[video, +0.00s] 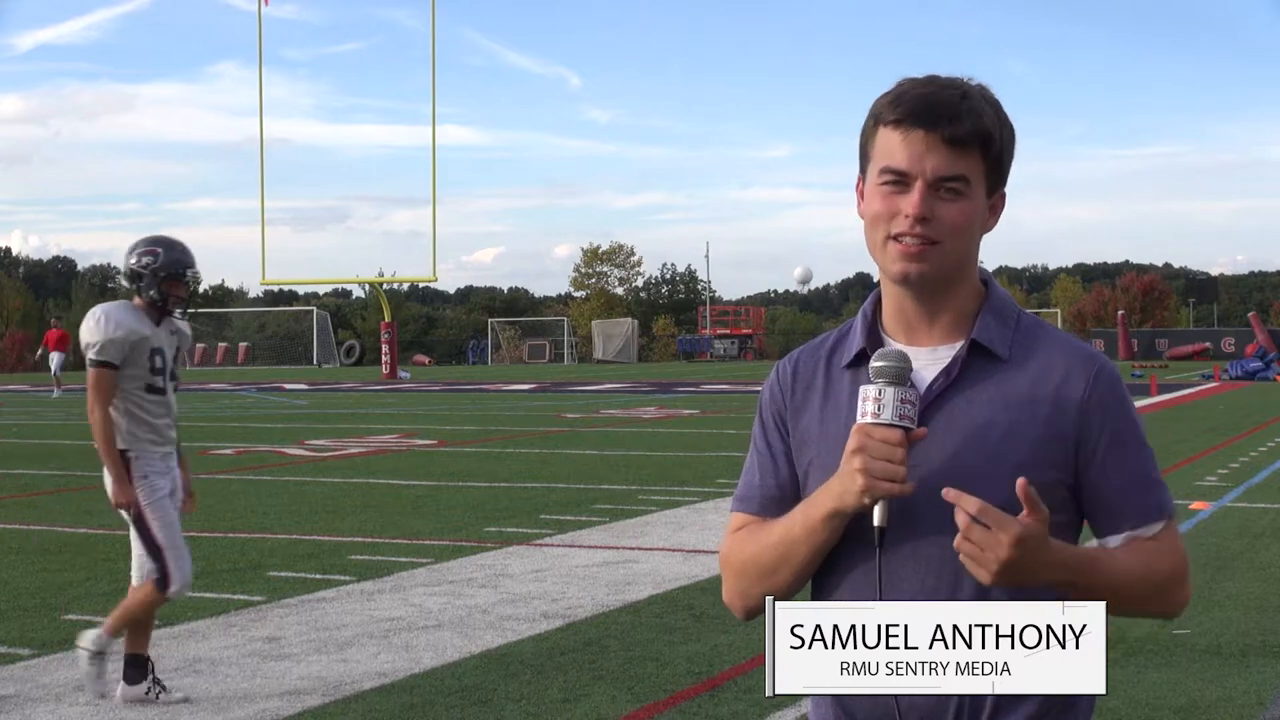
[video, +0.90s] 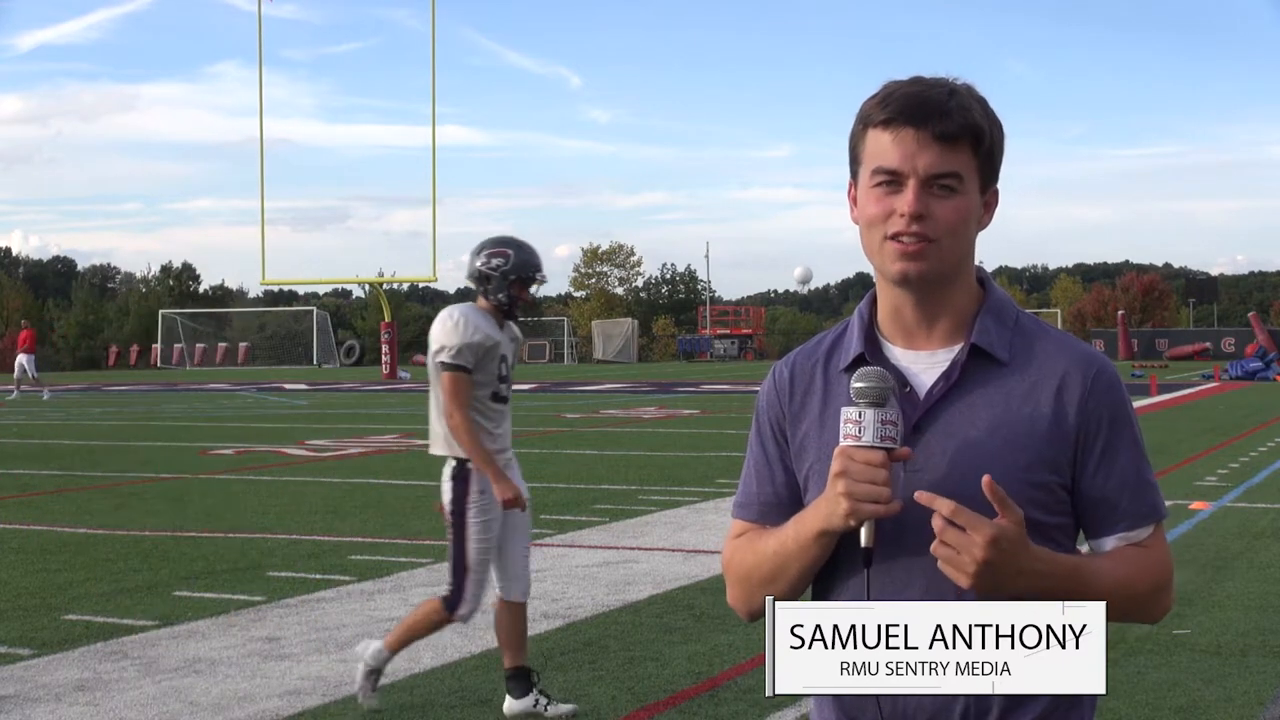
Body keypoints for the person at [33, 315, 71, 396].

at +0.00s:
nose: (53, 324)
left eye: (55, 322)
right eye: (52, 322)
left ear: (59, 322)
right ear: (51, 323)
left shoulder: (63, 332)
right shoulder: (49, 332)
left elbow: (69, 345)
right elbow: (43, 344)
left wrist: (70, 355)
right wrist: (38, 353)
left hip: (60, 353)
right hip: (51, 353)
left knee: (54, 371)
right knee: (53, 372)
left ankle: (58, 389)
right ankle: (57, 389)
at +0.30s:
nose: (45, 324)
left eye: (47, 322)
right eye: (44, 322)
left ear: (51, 322)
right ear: (43, 323)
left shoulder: (55, 332)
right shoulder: (42, 332)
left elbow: (60, 345)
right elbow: (37, 345)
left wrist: (62, 355)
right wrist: (30, 353)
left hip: (50, 354)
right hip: (43, 353)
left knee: (47, 374)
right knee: (43, 375)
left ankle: (50, 392)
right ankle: (54, 390)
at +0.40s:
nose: (43, 323)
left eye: (45, 321)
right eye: (42, 321)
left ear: (49, 323)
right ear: (41, 323)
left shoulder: (51, 332)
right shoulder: (40, 332)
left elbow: (54, 345)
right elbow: (36, 344)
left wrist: (54, 355)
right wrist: (31, 354)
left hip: (47, 353)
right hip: (40, 353)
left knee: (46, 374)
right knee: (36, 374)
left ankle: (49, 392)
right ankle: (48, 386)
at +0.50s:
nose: (41, 323)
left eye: (42, 321)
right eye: (40, 322)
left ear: (46, 322)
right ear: (39, 323)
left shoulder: (48, 332)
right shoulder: (37, 331)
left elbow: (48, 344)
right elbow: (36, 342)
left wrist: (44, 355)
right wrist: (33, 351)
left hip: (44, 353)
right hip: (37, 352)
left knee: (44, 374)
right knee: (32, 373)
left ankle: (48, 392)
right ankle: (38, 390)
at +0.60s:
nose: (38, 323)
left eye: (40, 321)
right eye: (37, 321)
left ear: (43, 323)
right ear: (36, 323)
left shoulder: (45, 332)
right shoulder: (34, 331)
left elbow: (43, 343)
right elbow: (34, 342)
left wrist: (35, 351)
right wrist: (32, 351)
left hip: (42, 353)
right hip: (34, 353)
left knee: (43, 374)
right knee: (29, 374)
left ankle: (48, 392)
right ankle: (28, 391)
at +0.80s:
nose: (28, 324)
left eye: (30, 323)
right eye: (27, 323)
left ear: (33, 323)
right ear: (27, 324)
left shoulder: (35, 332)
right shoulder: (27, 332)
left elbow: (33, 343)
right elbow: (27, 343)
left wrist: (24, 348)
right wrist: (24, 349)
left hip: (34, 354)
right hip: (26, 354)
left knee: (38, 375)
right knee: (21, 375)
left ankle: (47, 392)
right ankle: (18, 392)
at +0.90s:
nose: (23, 324)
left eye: (24, 323)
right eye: (22, 323)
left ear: (28, 323)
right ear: (21, 324)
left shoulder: (30, 332)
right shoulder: (22, 332)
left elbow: (29, 344)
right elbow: (21, 343)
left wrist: (19, 350)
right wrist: (19, 350)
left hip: (28, 355)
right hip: (21, 354)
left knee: (33, 376)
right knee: (17, 376)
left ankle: (46, 391)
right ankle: (16, 393)